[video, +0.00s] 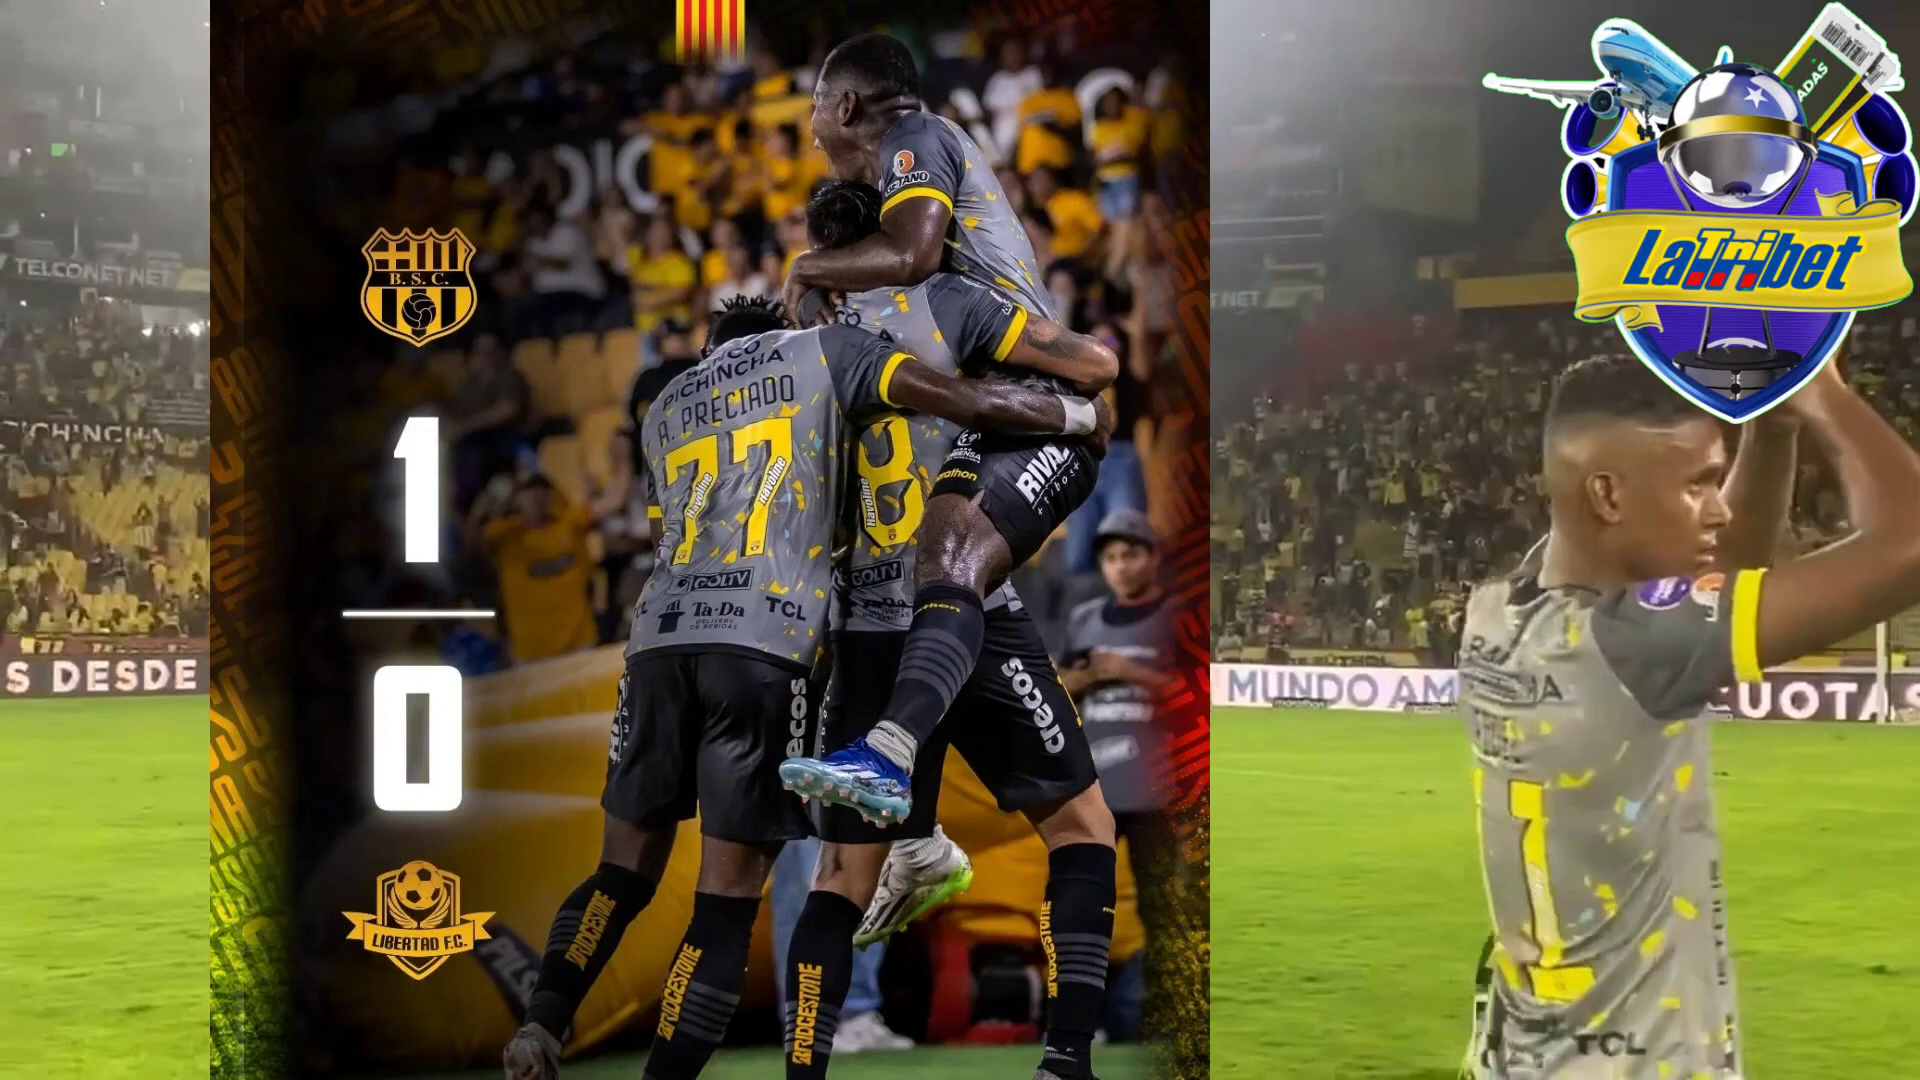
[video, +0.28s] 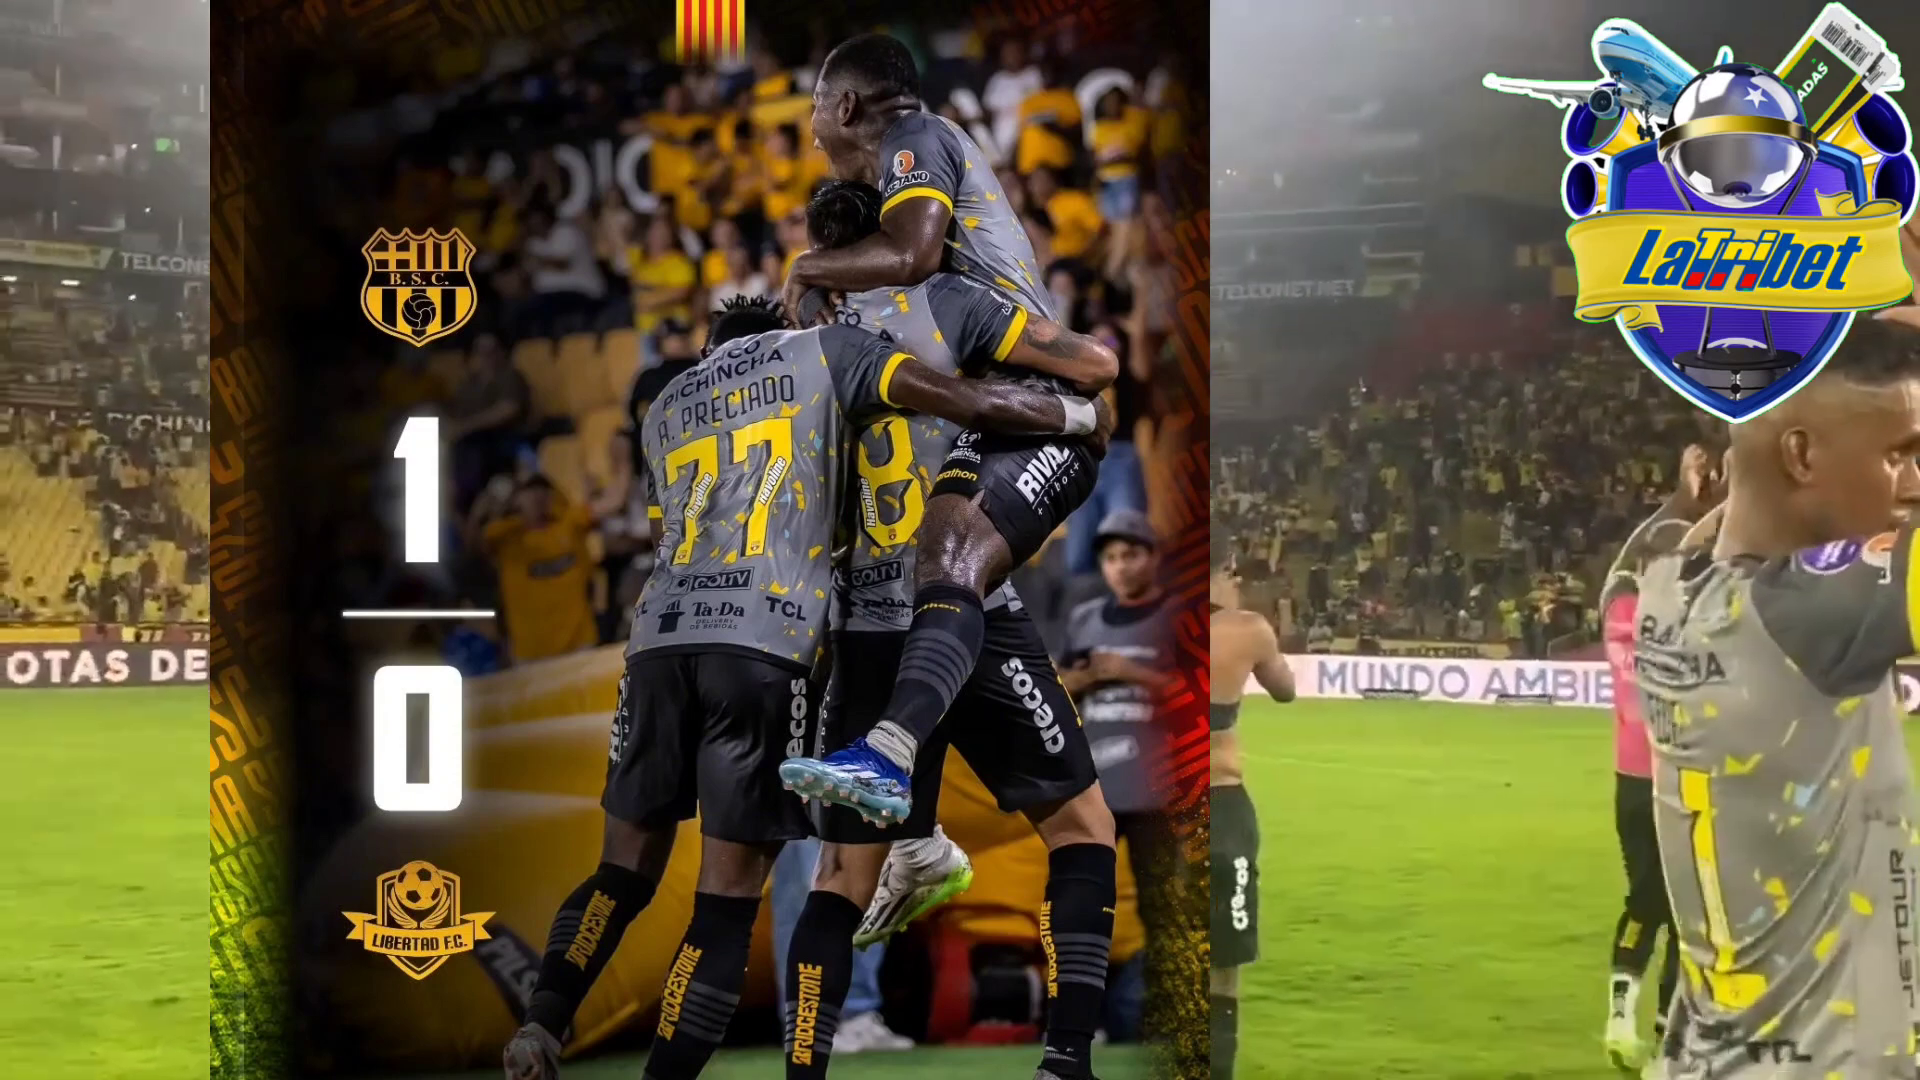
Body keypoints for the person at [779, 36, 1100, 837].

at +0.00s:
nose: (814, 128)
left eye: (821, 109)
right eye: (814, 110)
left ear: (856, 104)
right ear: (878, 107)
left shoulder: (915, 135)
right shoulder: (892, 167)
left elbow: (914, 251)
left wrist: (806, 264)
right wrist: (812, 295)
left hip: (1042, 400)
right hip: (976, 399)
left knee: (952, 557)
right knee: (887, 562)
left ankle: (888, 758)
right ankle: (916, 838)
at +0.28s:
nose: (817, 130)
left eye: (821, 110)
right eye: (815, 113)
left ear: (855, 101)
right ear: (879, 102)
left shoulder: (914, 133)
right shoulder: (907, 152)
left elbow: (914, 250)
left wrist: (806, 265)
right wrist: (816, 294)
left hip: (1045, 400)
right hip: (982, 396)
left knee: (953, 555)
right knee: (894, 563)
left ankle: (889, 756)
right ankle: (917, 838)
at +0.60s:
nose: (814, 130)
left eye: (821, 110)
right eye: (814, 112)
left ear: (855, 104)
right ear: (878, 107)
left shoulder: (915, 134)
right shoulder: (893, 167)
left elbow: (914, 251)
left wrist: (807, 264)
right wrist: (811, 294)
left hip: (1044, 400)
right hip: (980, 398)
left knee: (953, 556)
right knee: (890, 563)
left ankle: (888, 759)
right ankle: (915, 836)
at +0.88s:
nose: (816, 132)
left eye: (821, 112)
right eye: (814, 114)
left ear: (856, 103)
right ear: (878, 105)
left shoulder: (914, 134)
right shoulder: (898, 161)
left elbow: (914, 250)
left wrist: (808, 264)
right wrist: (813, 295)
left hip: (1041, 400)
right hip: (979, 398)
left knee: (953, 556)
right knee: (891, 563)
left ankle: (888, 757)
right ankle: (914, 837)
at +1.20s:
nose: (816, 134)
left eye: (821, 112)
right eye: (814, 115)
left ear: (857, 102)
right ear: (877, 105)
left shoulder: (914, 131)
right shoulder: (897, 166)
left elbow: (914, 251)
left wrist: (808, 265)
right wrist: (804, 301)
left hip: (1040, 403)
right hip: (978, 401)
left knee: (953, 557)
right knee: (888, 565)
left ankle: (886, 756)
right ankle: (917, 839)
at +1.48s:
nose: (814, 132)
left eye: (820, 111)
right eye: (813, 113)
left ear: (855, 105)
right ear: (879, 107)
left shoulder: (914, 135)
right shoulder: (908, 154)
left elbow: (915, 250)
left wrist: (807, 265)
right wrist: (799, 303)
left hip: (1041, 401)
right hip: (980, 399)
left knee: (952, 556)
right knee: (888, 563)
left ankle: (888, 756)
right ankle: (917, 840)